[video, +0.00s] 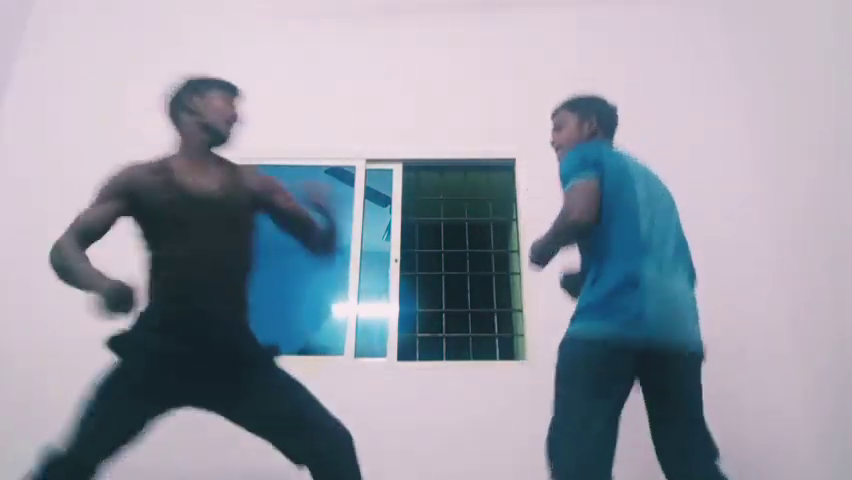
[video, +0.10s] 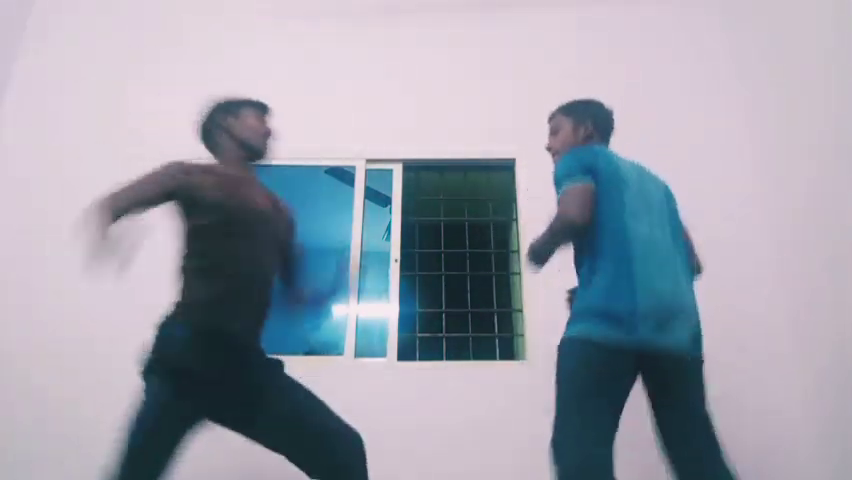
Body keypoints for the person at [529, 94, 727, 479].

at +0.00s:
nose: (552, 139)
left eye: (559, 127)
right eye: (553, 129)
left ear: (589, 126)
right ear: (604, 131)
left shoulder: (584, 155)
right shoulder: (648, 178)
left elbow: (580, 214)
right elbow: (669, 265)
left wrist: (545, 246)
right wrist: (591, 277)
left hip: (608, 327)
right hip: (676, 330)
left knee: (577, 449)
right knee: (688, 451)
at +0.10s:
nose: (548, 144)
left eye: (555, 131)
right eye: (548, 133)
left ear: (584, 130)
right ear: (594, 134)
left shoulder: (579, 159)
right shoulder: (654, 183)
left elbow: (575, 215)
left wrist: (542, 246)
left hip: (605, 323)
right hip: (675, 327)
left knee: (580, 447)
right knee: (693, 445)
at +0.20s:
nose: (548, 142)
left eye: (553, 134)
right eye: (548, 136)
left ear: (579, 126)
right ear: (602, 129)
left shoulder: (577, 148)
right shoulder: (661, 166)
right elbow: (711, 239)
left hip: (618, 302)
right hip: (692, 303)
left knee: (578, 434)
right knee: (722, 432)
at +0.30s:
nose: (562, 165)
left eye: (565, 158)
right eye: (562, 158)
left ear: (574, 153)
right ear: (609, 149)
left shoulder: (578, 162)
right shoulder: (669, 186)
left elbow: (492, 146)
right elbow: (729, 248)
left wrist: (489, 139)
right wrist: (671, 263)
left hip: (626, 317)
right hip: (704, 317)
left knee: (582, 435)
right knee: (743, 430)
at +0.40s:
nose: (586, 204)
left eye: (588, 196)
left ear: (599, 192)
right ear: (634, 189)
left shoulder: (603, 201)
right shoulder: (695, 230)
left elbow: (534, 180)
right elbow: (743, 303)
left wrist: (514, 171)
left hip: (641, 367)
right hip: (721, 372)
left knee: (568, 472)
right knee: (752, 467)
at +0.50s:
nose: (603, 213)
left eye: (607, 206)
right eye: (603, 207)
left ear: (630, 198)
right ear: (658, 201)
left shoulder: (628, 218)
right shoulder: (716, 246)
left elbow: (578, 230)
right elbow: (752, 335)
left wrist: (554, 232)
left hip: (655, 380)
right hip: (732, 390)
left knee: (574, 474)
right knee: (745, 476)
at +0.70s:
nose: (620, 175)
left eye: (627, 165)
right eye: (620, 167)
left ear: (655, 167)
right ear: (659, 170)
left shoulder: (664, 195)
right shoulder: (709, 213)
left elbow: (684, 245)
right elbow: (715, 295)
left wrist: (639, 297)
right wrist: (658, 306)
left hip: (694, 344)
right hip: (751, 355)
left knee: (630, 453)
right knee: (763, 470)